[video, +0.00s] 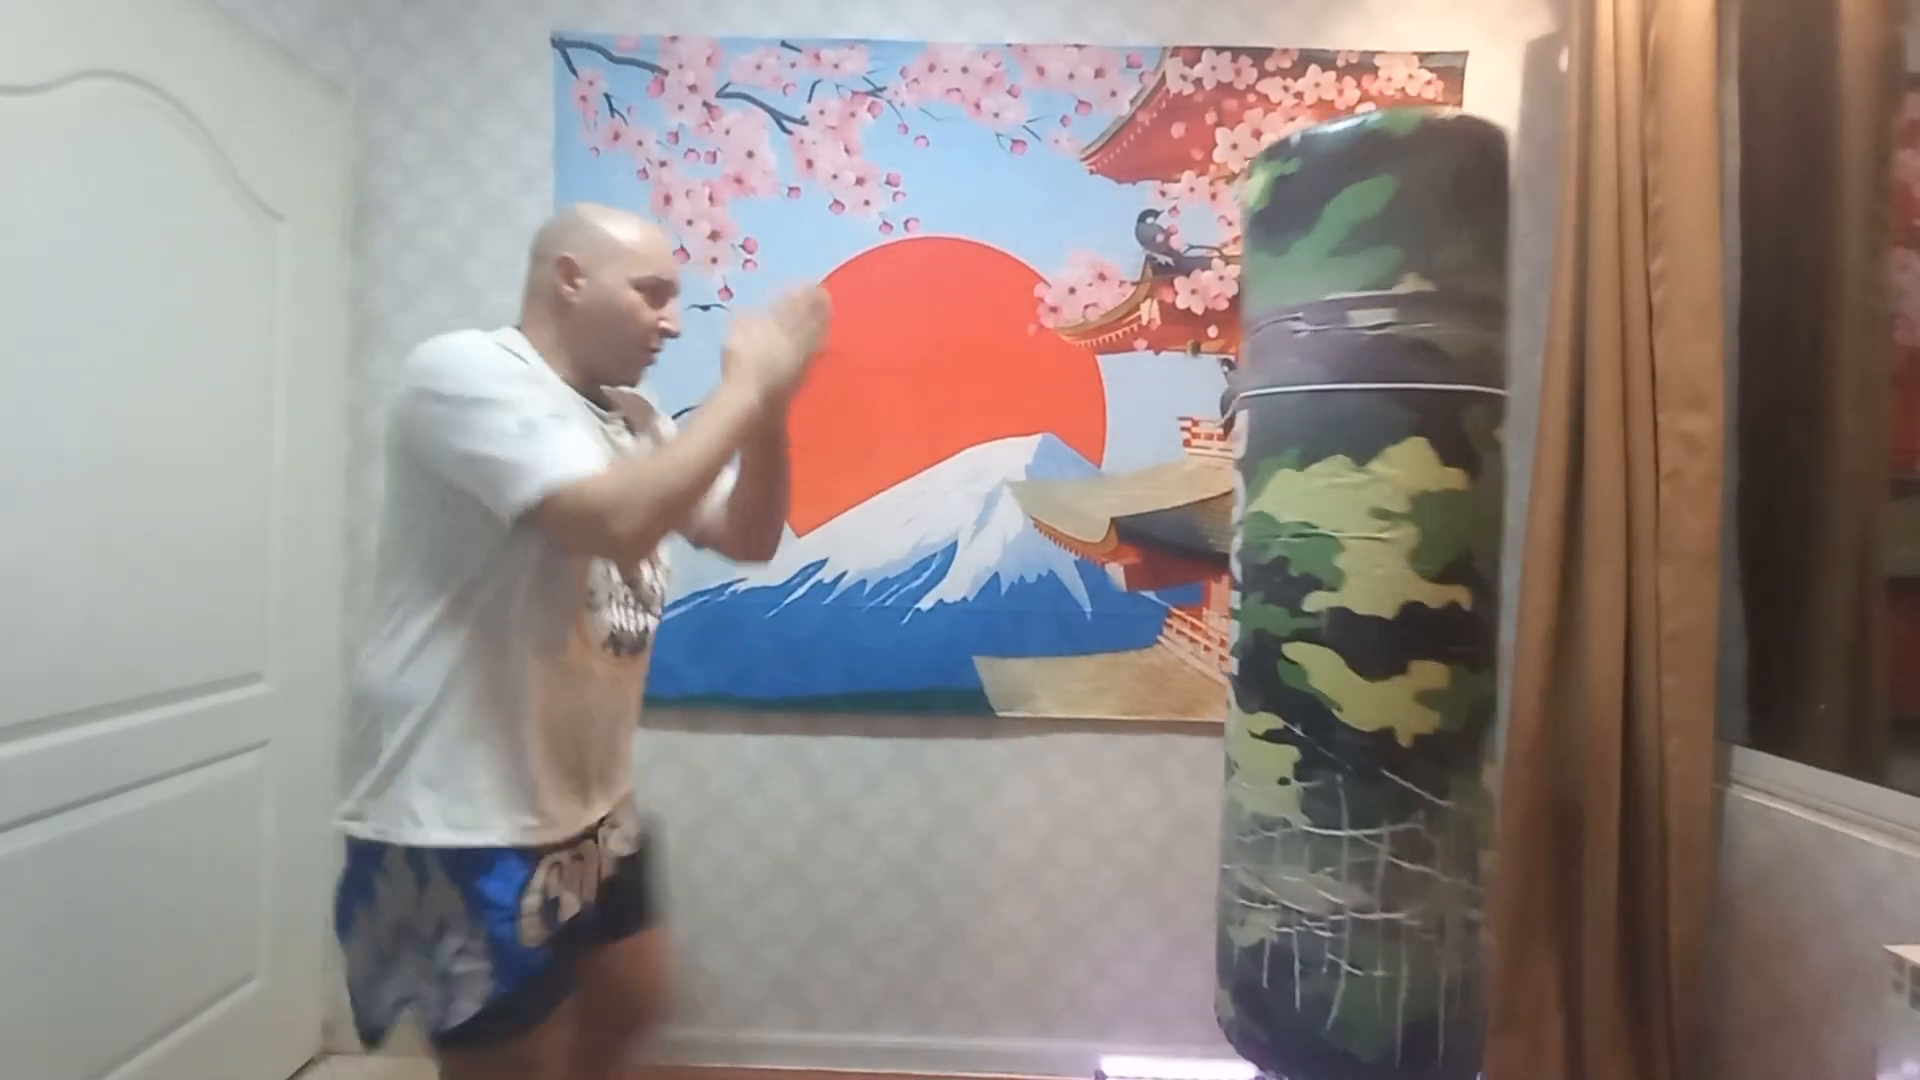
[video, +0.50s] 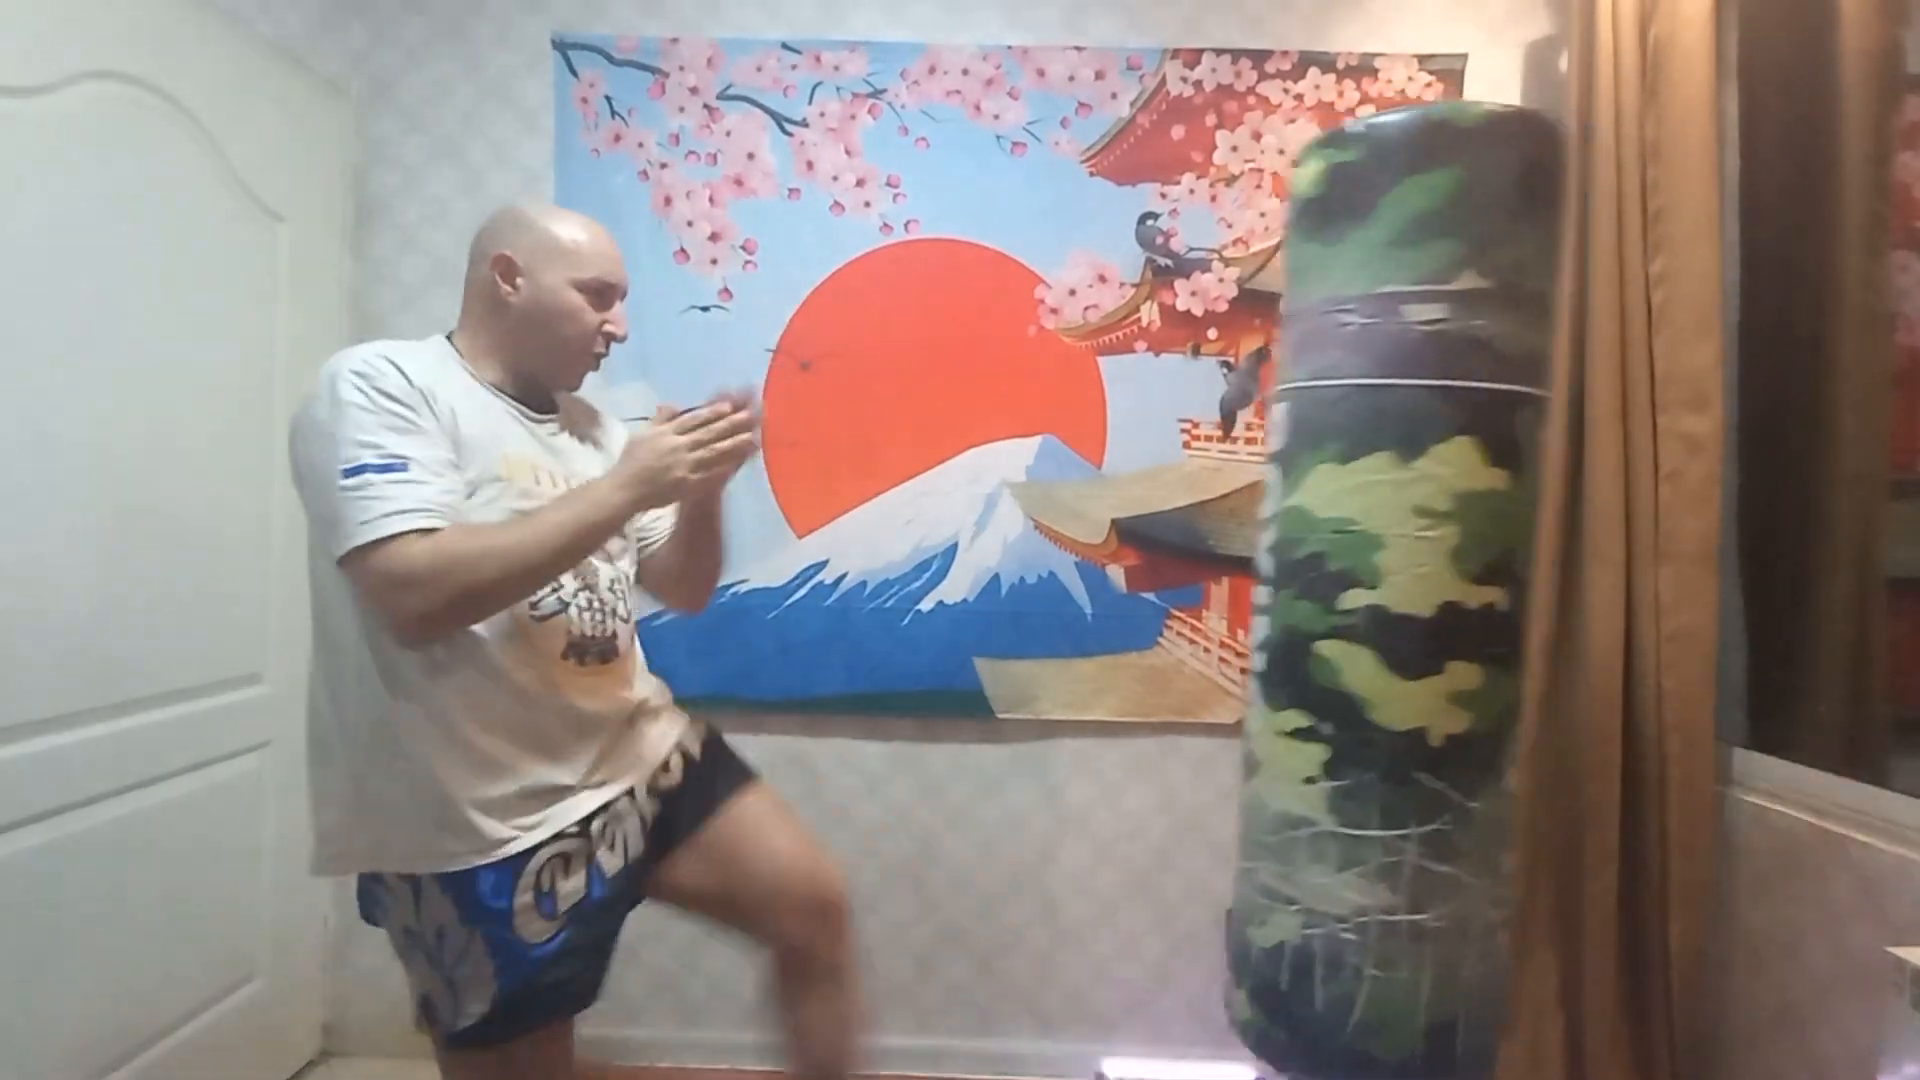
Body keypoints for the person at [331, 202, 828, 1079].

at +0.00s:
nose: (671, 322)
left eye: (673, 299)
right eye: (652, 293)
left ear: (577, 286)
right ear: (570, 282)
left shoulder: (632, 419)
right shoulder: (457, 374)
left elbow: (749, 536)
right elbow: (613, 518)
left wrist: (767, 402)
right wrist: (749, 386)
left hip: (593, 816)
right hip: (469, 839)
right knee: (518, 1063)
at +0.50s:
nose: (619, 325)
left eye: (620, 301)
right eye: (598, 295)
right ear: (507, 281)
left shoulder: (598, 432)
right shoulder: (373, 387)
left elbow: (683, 586)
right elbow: (412, 598)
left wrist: (704, 484)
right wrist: (627, 489)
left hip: (633, 761)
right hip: (479, 838)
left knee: (810, 898)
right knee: (519, 1066)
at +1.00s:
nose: (695, 334)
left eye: (696, 310)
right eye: (681, 308)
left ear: (596, 301)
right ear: (607, 298)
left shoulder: (504, 383)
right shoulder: (609, 388)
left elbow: (606, 537)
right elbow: (811, 460)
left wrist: (714, 472)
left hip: (461, 787)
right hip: (573, 799)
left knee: (491, 1024)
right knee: (658, 1045)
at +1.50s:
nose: (761, 313)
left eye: (760, 289)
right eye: (738, 284)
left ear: (658, 283)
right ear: (649, 280)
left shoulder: (771, 429)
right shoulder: (516, 420)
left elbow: (893, 534)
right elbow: (429, 637)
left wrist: (986, 476)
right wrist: (654, 587)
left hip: (861, 761)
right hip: (711, 868)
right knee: (806, 1071)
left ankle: (917, 955)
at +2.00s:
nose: (854, 295)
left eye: (848, 268)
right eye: (831, 268)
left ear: (757, 264)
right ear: (747, 265)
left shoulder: (854, 410)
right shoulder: (611, 409)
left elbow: (1019, 434)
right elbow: (516, 642)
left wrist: (1162, 356)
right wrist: (747, 680)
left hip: (858, 853)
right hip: (724, 893)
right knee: (732, 1065)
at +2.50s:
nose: (674, 312)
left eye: (686, 293)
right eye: (678, 291)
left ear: (740, 295)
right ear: (782, 298)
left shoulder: (683, 395)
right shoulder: (876, 411)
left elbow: (549, 494)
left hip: (696, 803)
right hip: (841, 792)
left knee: (654, 1044)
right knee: (768, 1011)